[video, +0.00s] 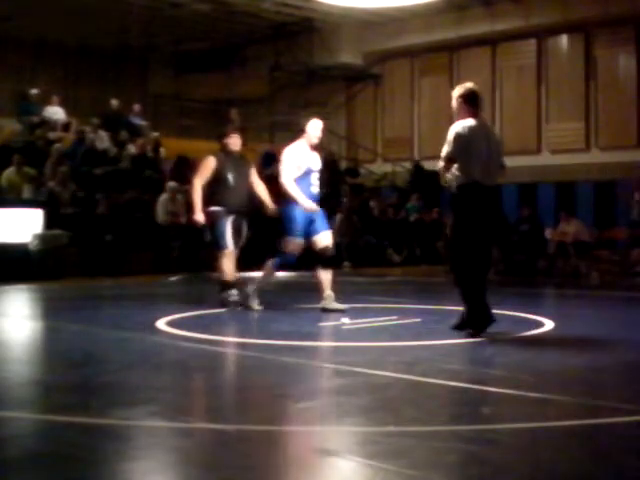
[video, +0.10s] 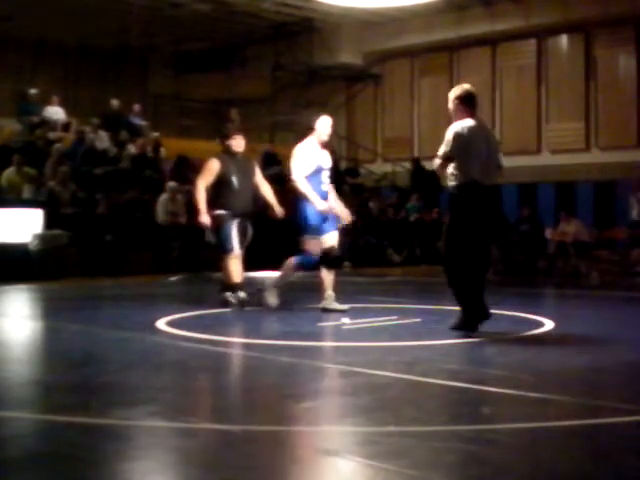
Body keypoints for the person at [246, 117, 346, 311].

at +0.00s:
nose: (318, 134)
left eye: (320, 131)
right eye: (315, 130)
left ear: (321, 133)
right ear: (306, 130)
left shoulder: (315, 155)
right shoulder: (292, 151)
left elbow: (311, 182)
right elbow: (286, 180)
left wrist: (315, 202)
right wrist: (305, 202)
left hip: (314, 205)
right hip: (296, 205)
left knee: (325, 249)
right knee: (292, 249)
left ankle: (327, 296)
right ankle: (256, 286)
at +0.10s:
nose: (328, 132)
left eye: (330, 128)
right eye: (325, 127)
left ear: (331, 130)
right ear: (316, 127)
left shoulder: (325, 153)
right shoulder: (303, 149)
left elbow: (327, 185)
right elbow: (297, 178)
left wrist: (340, 208)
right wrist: (317, 202)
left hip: (326, 203)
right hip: (309, 203)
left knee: (331, 251)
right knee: (312, 253)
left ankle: (328, 297)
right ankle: (275, 284)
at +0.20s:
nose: (335, 128)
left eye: (337, 125)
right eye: (332, 124)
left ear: (339, 127)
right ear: (323, 125)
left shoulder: (334, 151)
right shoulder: (310, 147)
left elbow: (336, 178)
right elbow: (304, 175)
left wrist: (360, 195)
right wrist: (325, 196)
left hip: (333, 198)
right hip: (317, 197)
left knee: (333, 248)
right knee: (332, 244)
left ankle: (329, 298)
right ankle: (299, 283)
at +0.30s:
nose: (342, 128)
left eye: (344, 124)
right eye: (339, 123)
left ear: (346, 126)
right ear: (331, 124)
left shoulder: (343, 148)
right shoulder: (317, 147)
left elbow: (348, 175)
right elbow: (311, 176)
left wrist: (374, 186)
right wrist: (332, 196)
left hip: (341, 198)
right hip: (324, 197)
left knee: (343, 245)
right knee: (344, 242)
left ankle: (333, 297)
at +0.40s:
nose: (350, 128)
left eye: (351, 124)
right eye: (346, 124)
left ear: (353, 126)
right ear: (337, 125)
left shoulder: (352, 150)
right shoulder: (325, 149)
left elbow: (360, 176)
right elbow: (317, 178)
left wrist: (384, 185)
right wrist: (337, 199)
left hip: (351, 204)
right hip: (334, 204)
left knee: (337, 250)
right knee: (351, 245)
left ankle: (328, 298)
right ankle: (364, 297)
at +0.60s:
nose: (364, 128)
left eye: (365, 123)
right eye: (359, 124)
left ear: (366, 125)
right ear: (350, 126)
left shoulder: (369, 149)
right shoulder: (341, 152)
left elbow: (375, 178)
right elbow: (333, 181)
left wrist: (396, 200)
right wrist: (350, 204)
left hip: (370, 205)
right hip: (355, 206)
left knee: (354, 253)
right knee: (372, 248)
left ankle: (334, 294)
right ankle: (378, 300)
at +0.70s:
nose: (370, 127)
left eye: (371, 123)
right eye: (366, 124)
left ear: (373, 124)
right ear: (356, 126)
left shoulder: (377, 147)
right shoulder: (349, 150)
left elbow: (382, 177)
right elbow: (341, 180)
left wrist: (392, 203)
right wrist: (359, 203)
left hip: (379, 200)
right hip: (362, 202)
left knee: (383, 246)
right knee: (378, 244)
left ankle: (350, 286)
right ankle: (379, 301)